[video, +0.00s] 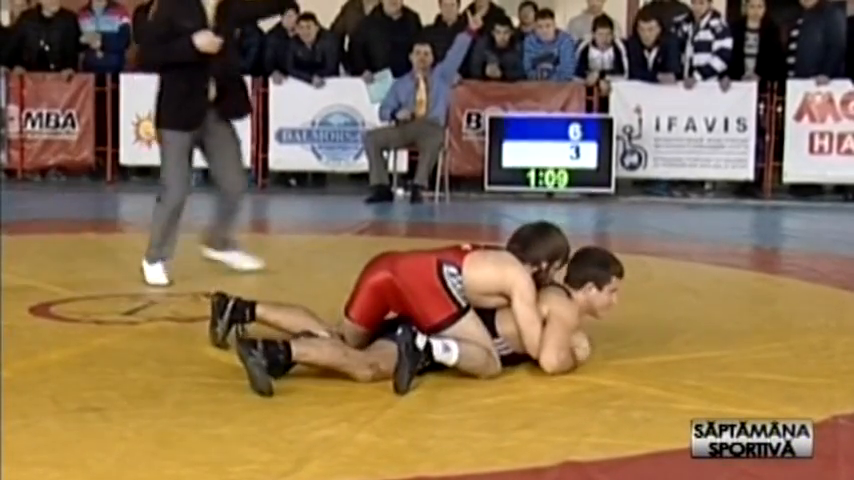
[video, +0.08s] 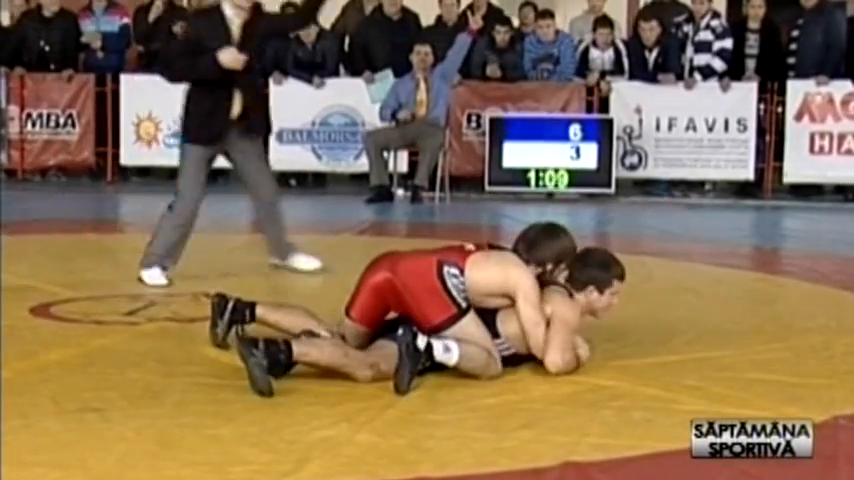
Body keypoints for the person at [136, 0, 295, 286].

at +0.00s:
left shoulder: (229, 7)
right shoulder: (169, 7)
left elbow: (270, 6)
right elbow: (148, 55)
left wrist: (288, 9)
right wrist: (191, 44)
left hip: (215, 109)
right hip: (177, 109)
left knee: (233, 184)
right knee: (175, 191)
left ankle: (217, 243)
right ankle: (155, 258)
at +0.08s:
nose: (247, 0)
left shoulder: (265, 24)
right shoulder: (201, 22)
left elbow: (302, 19)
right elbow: (173, 68)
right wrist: (216, 60)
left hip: (245, 127)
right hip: (203, 126)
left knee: (267, 192)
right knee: (188, 200)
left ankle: (282, 253)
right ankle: (154, 264)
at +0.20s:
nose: (286, 2)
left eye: (292, 0)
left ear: (301, 2)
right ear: (272, 1)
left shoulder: (311, 21)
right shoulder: (250, 23)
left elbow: (347, 18)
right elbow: (225, 70)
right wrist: (259, 63)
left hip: (297, 126)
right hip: (257, 125)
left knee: (310, 193)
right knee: (221, 190)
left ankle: (299, 259)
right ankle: (169, 256)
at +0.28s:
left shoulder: (340, 9)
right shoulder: (282, 7)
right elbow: (261, 58)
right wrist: (290, 51)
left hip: (328, 107)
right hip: (290, 105)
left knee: (323, 186)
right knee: (264, 181)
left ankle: (304, 252)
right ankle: (225, 249)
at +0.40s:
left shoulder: (381, 6)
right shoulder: (323, 4)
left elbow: (384, 44)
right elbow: (302, 40)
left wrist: (351, 40)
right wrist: (329, 31)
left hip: (370, 91)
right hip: (333, 89)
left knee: (372, 174)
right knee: (329, 169)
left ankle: (346, 233)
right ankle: (330, 238)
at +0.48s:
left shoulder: (409, 5)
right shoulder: (351, 6)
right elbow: (327, 46)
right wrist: (353, 33)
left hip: (401, 97)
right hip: (361, 98)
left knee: (414, 177)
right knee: (362, 177)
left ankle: (404, 227)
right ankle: (365, 247)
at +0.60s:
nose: (433, 2)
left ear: (447, 1)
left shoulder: (458, 21)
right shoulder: (397, 23)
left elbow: (488, 10)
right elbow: (366, 63)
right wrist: (395, 54)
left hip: (446, 121)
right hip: (407, 123)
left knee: (476, 186)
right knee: (394, 192)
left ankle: (508, 246)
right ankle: (380, 257)